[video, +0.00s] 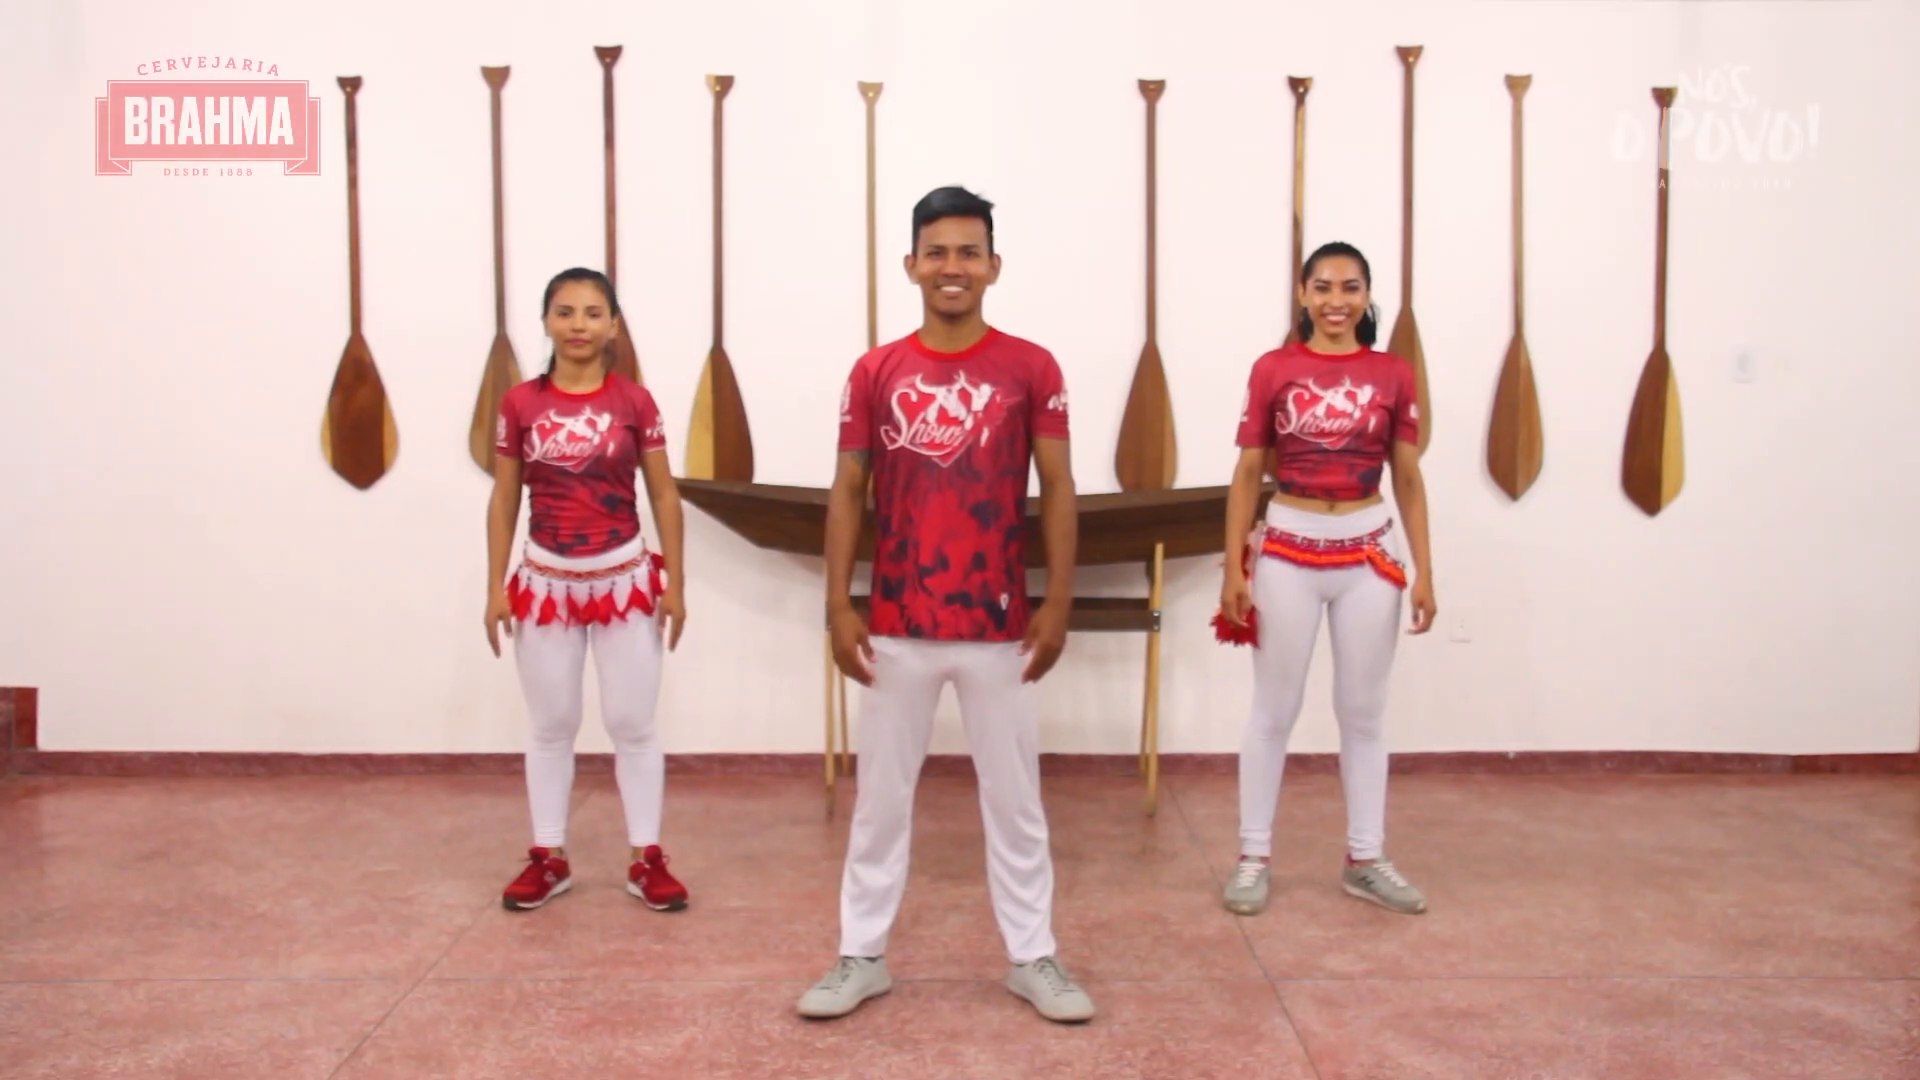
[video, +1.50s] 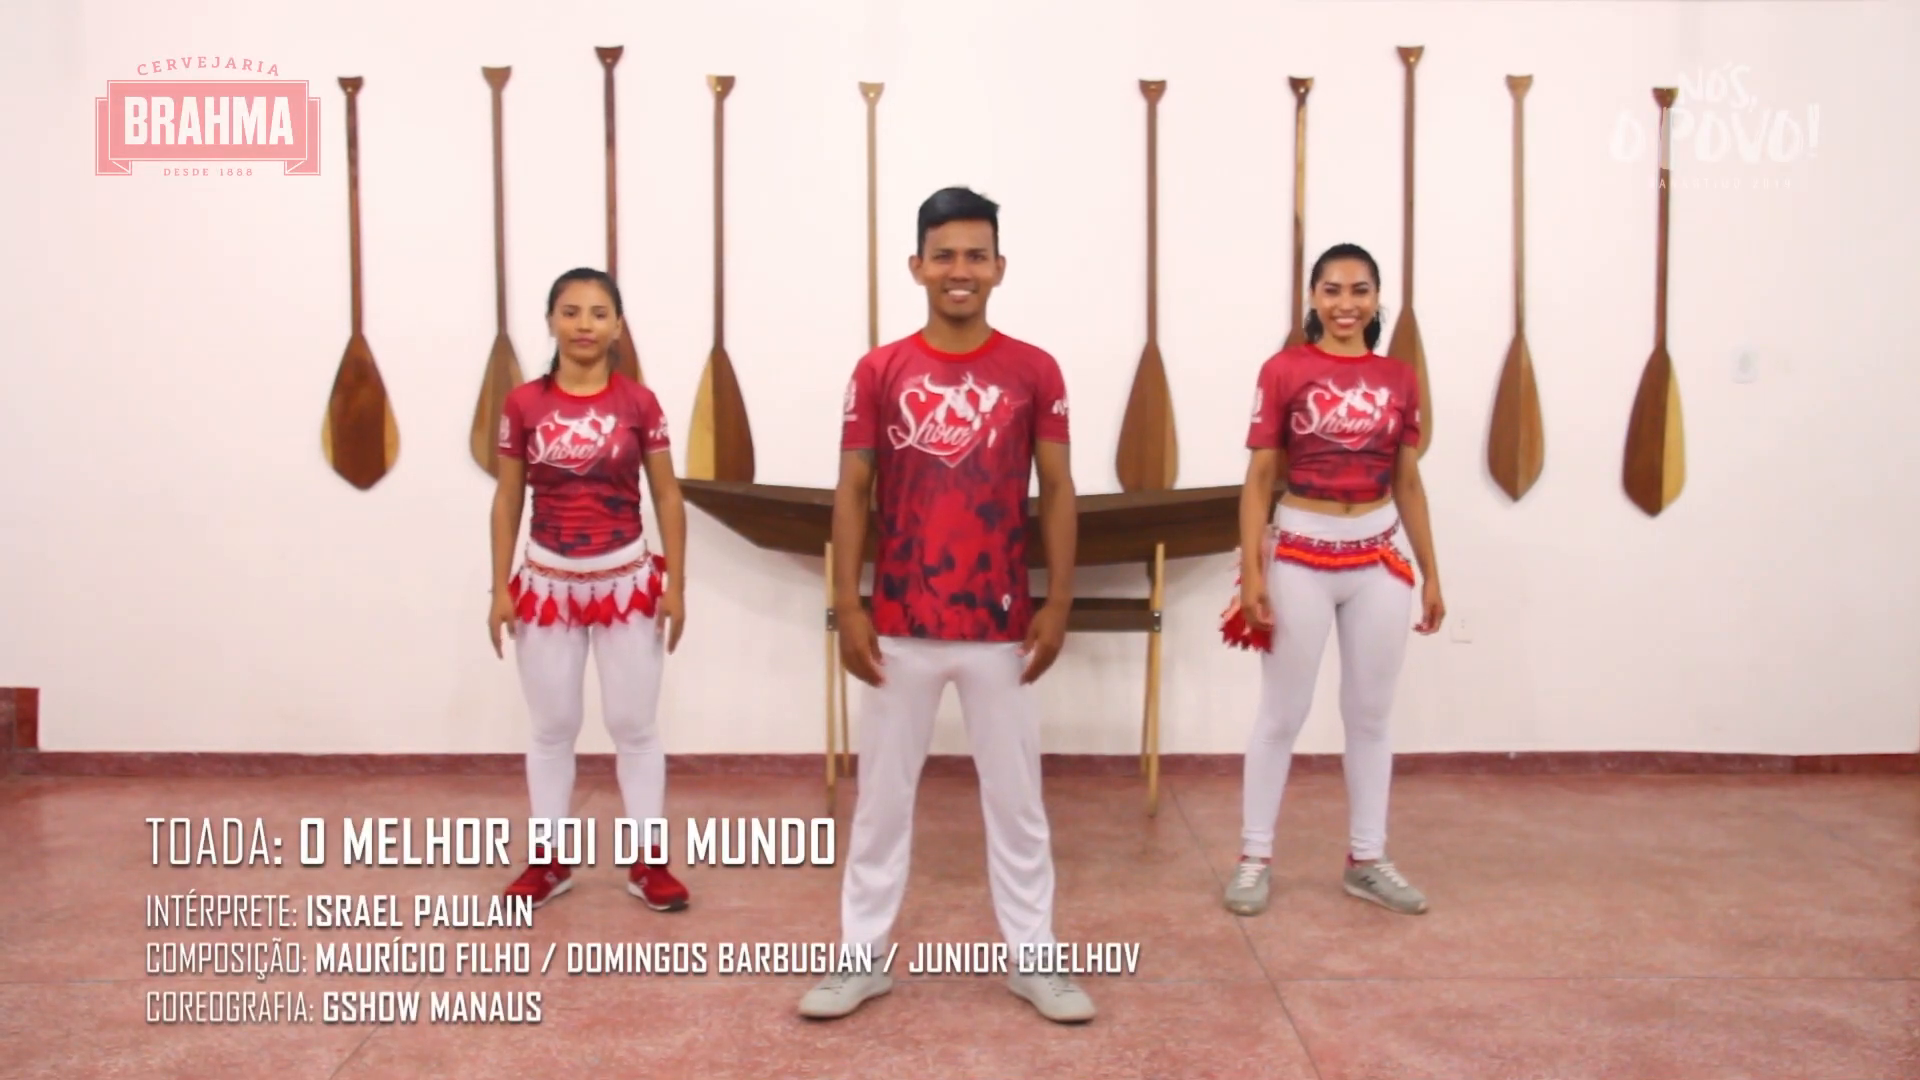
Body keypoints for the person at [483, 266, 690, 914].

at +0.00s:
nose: (579, 323)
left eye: (593, 312)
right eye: (565, 312)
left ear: (613, 324)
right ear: (547, 323)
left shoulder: (633, 399)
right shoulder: (522, 403)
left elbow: (664, 491)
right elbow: (504, 498)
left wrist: (675, 580)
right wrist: (496, 585)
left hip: (625, 579)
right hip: (545, 581)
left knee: (634, 726)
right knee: (551, 726)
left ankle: (648, 858)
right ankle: (548, 856)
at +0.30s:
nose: (579, 323)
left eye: (593, 312)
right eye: (566, 312)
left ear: (613, 324)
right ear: (548, 323)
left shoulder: (634, 400)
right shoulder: (522, 404)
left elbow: (665, 493)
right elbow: (505, 498)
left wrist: (676, 580)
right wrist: (496, 585)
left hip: (626, 579)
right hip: (545, 581)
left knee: (634, 727)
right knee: (551, 728)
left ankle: (648, 861)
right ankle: (547, 858)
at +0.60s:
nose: (580, 322)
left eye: (594, 312)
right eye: (567, 311)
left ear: (614, 324)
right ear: (549, 323)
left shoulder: (635, 401)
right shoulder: (523, 404)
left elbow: (665, 494)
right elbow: (507, 498)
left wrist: (675, 582)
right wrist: (497, 586)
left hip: (627, 579)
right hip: (546, 582)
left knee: (635, 728)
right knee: (551, 728)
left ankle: (648, 862)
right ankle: (548, 858)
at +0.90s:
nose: (579, 322)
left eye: (594, 312)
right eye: (566, 311)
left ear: (614, 326)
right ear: (548, 323)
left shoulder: (634, 401)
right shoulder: (523, 404)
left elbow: (664, 494)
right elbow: (507, 497)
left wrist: (672, 583)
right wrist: (497, 585)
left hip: (626, 580)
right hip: (545, 583)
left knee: (635, 728)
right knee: (551, 728)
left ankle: (649, 861)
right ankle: (548, 858)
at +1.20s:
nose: (580, 322)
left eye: (594, 312)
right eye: (567, 311)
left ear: (614, 325)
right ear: (548, 323)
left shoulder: (634, 400)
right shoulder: (522, 404)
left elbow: (666, 494)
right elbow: (506, 496)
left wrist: (673, 583)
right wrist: (495, 585)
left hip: (626, 580)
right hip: (544, 582)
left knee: (635, 728)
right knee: (550, 728)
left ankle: (649, 861)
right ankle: (548, 858)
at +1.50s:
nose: (585, 323)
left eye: (599, 312)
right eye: (571, 312)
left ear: (617, 325)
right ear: (552, 323)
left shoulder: (638, 401)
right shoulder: (525, 404)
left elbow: (668, 494)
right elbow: (508, 497)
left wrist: (675, 582)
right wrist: (500, 586)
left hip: (628, 579)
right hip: (546, 581)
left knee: (635, 729)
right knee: (551, 730)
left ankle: (649, 862)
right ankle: (548, 859)